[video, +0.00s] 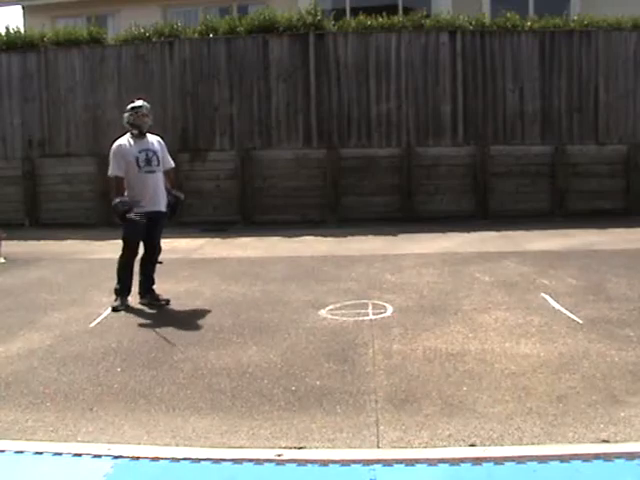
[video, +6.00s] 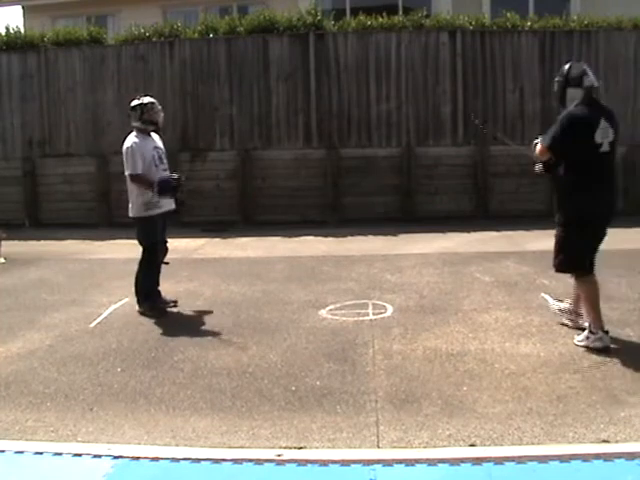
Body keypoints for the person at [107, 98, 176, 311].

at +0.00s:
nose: (142, 119)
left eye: (145, 115)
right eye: (136, 115)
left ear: (150, 118)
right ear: (128, 119)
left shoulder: (157, 142)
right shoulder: (120, 146)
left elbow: (168, 169)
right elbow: (118, 178)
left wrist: (173, 191)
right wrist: (118, 202)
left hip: (157, 207)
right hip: (134, 208)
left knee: (152, 252)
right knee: (129, 252)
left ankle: (147, 291)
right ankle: (122, 294)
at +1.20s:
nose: (115, 119)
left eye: (119, 114)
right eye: (111, 114)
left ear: (127, 117)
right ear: (105, 118)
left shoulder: (139, 142)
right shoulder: (96, 147)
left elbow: (151, 173)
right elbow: (91, 180)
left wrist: (157, 198)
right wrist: (87, 207)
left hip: (137, 209)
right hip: (111, 211)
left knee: (145, 250)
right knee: (117, 256)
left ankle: (148, 291)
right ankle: (120, 298)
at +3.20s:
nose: (122, 140)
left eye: (125, 135)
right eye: (117, 136)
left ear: (129, 131)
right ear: (109, 133)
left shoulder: (138, 143)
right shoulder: (98, 150)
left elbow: (147, 172)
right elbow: (92, 180)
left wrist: (152, 196)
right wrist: (94, 196)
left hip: (136, 210)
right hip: (113, 212)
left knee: (141, 249)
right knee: (119, 254)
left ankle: (134, 286)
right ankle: (121, 298)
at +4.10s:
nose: (140, 128)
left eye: (141, 123)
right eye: (136, 123)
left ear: (143, 123)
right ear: (124, 124)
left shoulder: (144, 143)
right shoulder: (111, 147)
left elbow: (153, 171)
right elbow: (107, 177)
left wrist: (155, 190)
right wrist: (123, 193)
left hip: (141, 206)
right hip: (122, 207)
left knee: (138, 248)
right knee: (129, 248)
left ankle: (134, 288)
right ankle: (126, 292)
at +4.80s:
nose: (135, 126)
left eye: (137, 122)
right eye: (132, 122)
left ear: (138, 122)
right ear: (120, 122)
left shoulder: (135, 143)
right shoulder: (107, 146)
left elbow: (153, 159)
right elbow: (116, 175)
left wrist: (170, 160)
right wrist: (143, 177)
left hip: (138, 209)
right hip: (120, 212)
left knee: (143, 249)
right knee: (130, 252)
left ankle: (135, 287)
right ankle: (130, 300)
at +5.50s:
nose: (154, 118)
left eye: (153, 114)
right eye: (149, 114)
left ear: (142, 117)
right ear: (136, 116)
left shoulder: (144, 140)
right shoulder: (123, 145)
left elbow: (145, 172)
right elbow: (120, 178)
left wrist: (157, 191)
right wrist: (133, 204)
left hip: (152, 208)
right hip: (136, 210)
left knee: (153, 252)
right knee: (139, 253)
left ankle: (151, 294)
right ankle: (132, 298)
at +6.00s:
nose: (159, 115)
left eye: (159, 111)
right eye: (154, 112)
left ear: (154, 115)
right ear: (142, 116)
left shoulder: (155, 138)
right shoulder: (132, 144)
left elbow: (158, 167)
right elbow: (134, 175)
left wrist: (171, 179)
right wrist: (159, 186)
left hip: (160, 207)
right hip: (145, 209)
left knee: (158, 251)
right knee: (151, 252)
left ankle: (154, 295)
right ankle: (145, 300)